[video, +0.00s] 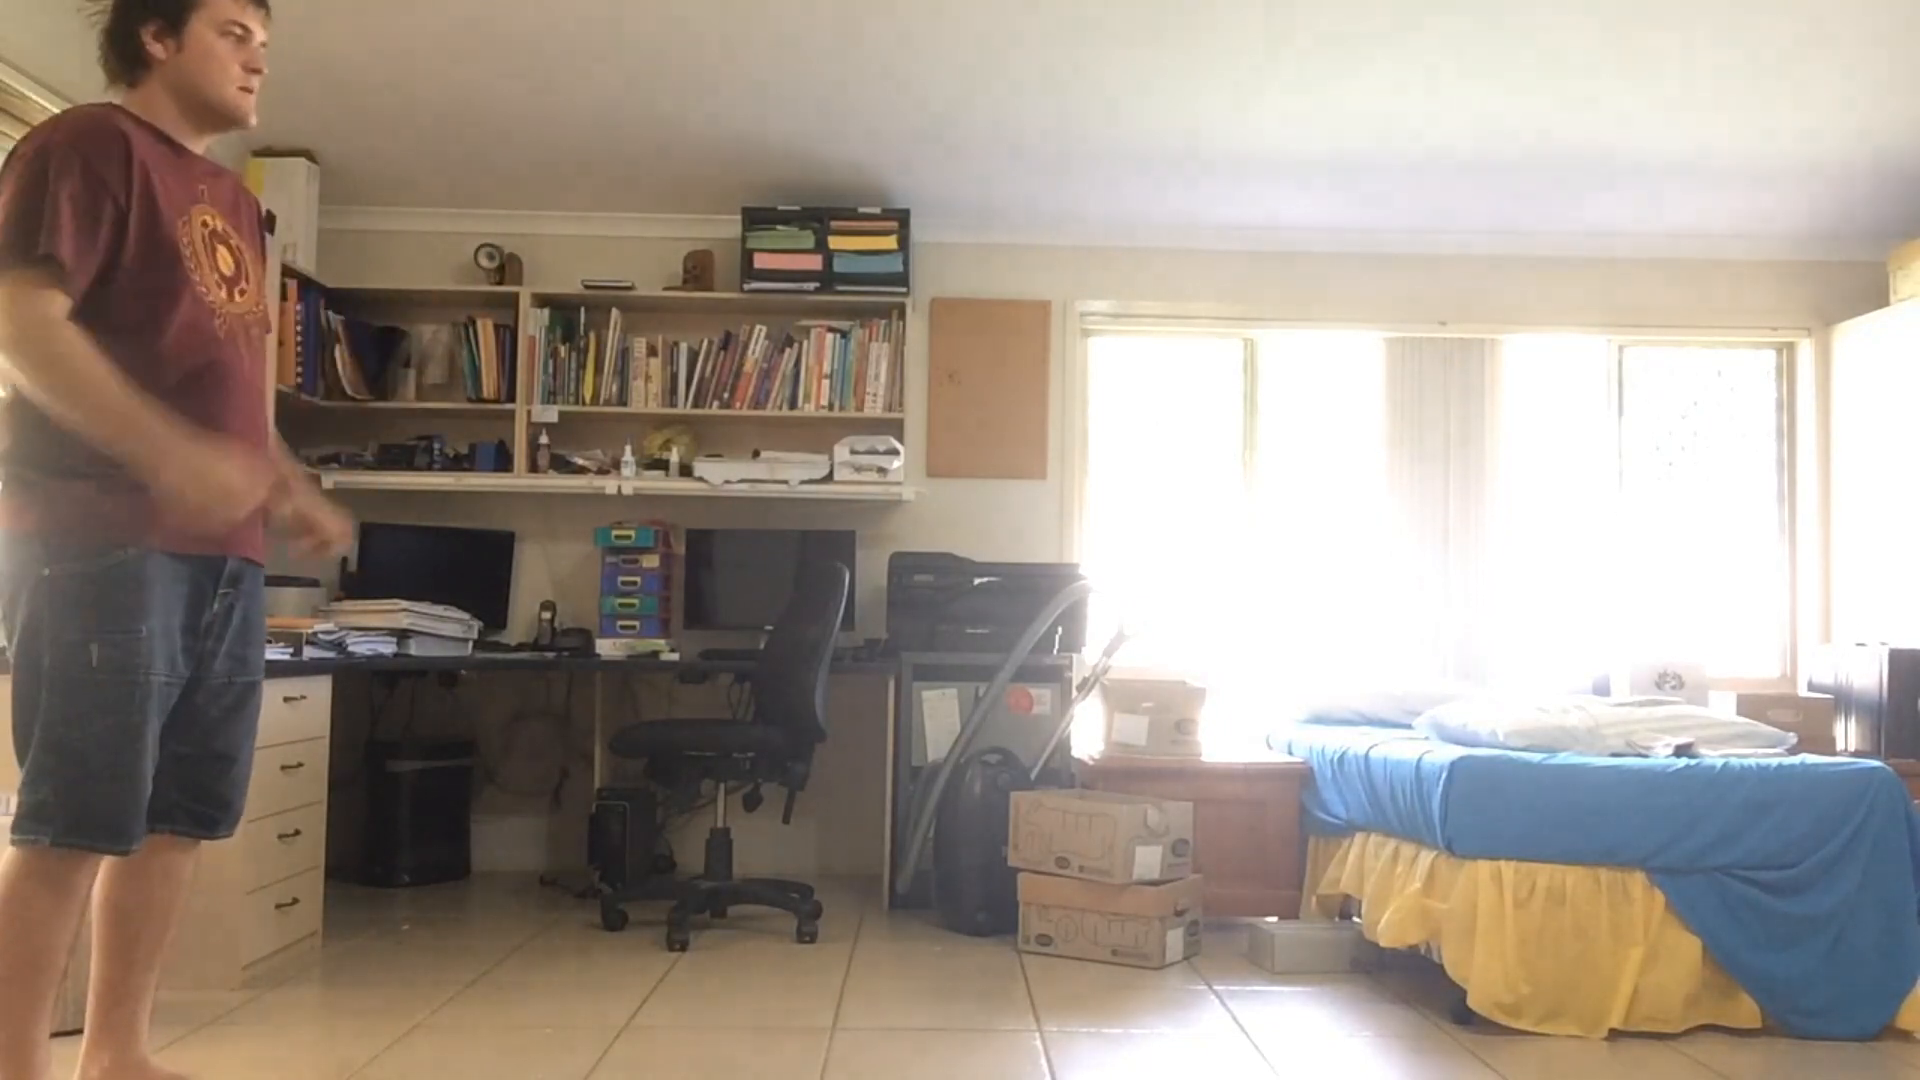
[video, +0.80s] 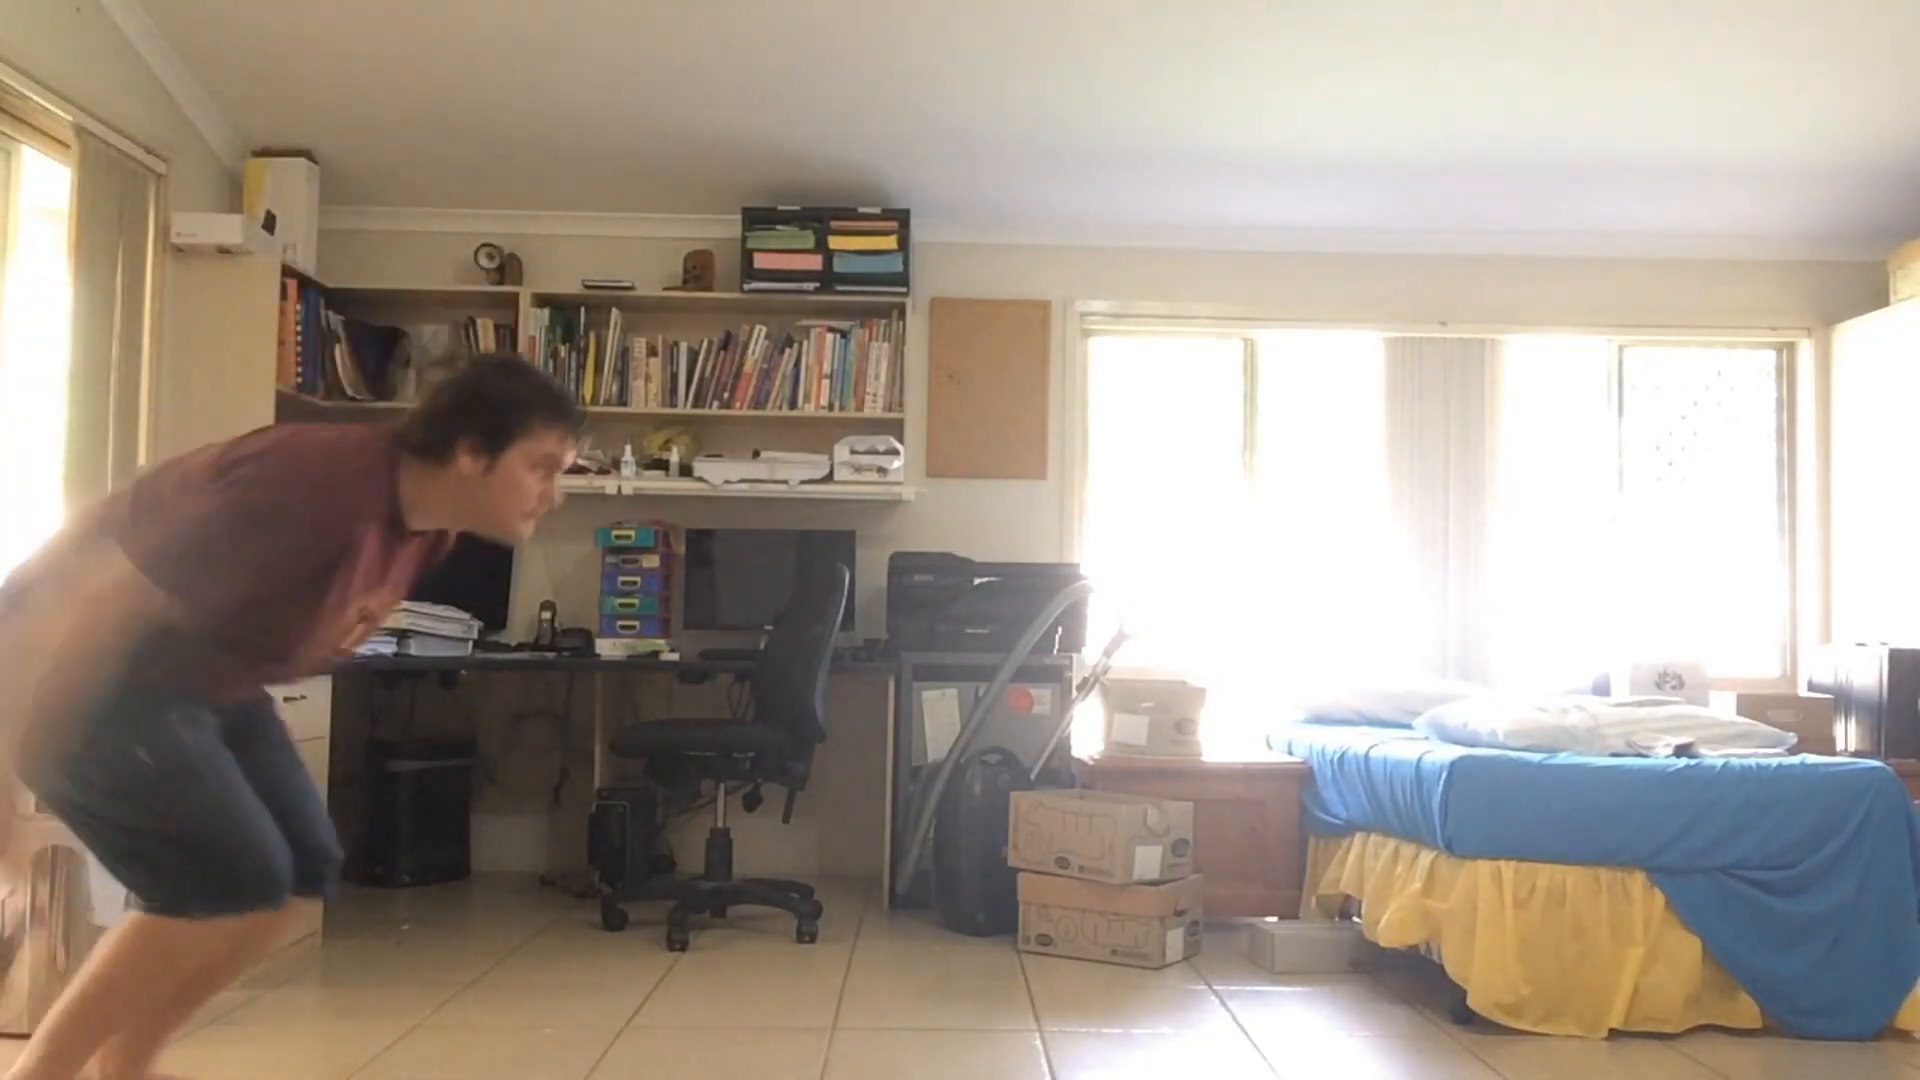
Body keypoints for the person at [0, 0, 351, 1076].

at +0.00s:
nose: (259, 56)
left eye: (262, 40)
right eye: (236, 32)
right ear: (158, 40)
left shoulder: (239, 200)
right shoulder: (81, 142)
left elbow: (234, 393)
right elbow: (24, 325)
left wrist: (292, 489)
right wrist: (170, 451)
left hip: (224, 549)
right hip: (99, 543)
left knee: (174, 819)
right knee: (70, 826)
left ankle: (117, 1054)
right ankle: (20, 1062)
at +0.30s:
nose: (366, 123)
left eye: (372, 107)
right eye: (347, 93)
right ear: (268, 85)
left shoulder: (296, 235)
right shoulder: (145, 171)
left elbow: (232, 390)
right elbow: (5, 303)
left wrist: (204, 525)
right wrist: (1, 498)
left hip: (201, 558)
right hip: (74, 543)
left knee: (168, 818)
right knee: (58, 825)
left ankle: (117, 1052)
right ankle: (18, 1063)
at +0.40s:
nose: (421, 193)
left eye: (426, 176)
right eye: (404, 164)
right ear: (324, 156)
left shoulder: (332, 293)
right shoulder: (189, 218)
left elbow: (243, 420)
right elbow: (11, 300)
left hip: (182, 560)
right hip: (57, 545)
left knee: (180, 814)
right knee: (67, 820)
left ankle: (115, 1056)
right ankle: (17, 1061)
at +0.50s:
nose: (465, 292)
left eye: (471, 273)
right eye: (449, 262)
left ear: (383, 262)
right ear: (372, 248)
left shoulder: (360, 363)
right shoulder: (226, 290)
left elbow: (229, 476)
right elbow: (26, 333)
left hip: (166, 582)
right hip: (45, 567)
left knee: (208, 806)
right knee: (96, 815)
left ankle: (117, 1056)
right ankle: (20, 1063)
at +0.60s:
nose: (490, 400)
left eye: (498, 384)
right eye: (479, 373)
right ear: (404, 350)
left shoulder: (378, 438)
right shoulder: (250, 379)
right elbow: (32, 386)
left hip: (166, 604)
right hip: (47, 583)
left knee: (239, 816)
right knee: (134, 834)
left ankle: (118, 1059)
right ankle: (25, 1065)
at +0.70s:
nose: (519, 486)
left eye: (529, 466)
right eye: (509, 457)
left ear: (437, 442)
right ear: (435, 435)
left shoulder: (397, 504)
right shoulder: (294, 453)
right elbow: (68, 475)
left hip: (178, 643)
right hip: (56, 623)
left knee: (268, 839)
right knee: (184, 852)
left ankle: (120, 1061)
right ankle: (34, 1069)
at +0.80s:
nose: (553, 497)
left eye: (561, 475)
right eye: (543, 470)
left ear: (474, 461)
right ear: (471, 455)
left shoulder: (428, 526)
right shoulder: (312, 486)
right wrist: (16, 773)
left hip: (206, 675)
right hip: (92, 664)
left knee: (300, 870)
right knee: (229, 881)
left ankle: (119, 1063)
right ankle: (39, 1065)